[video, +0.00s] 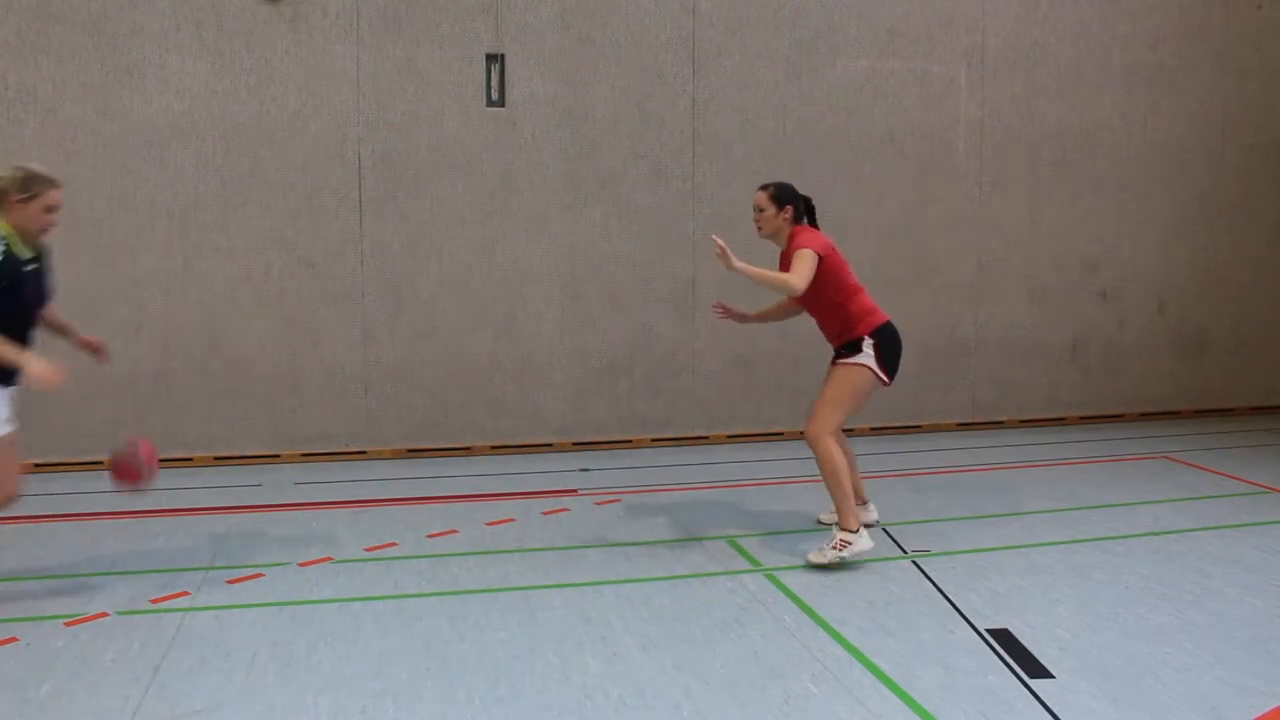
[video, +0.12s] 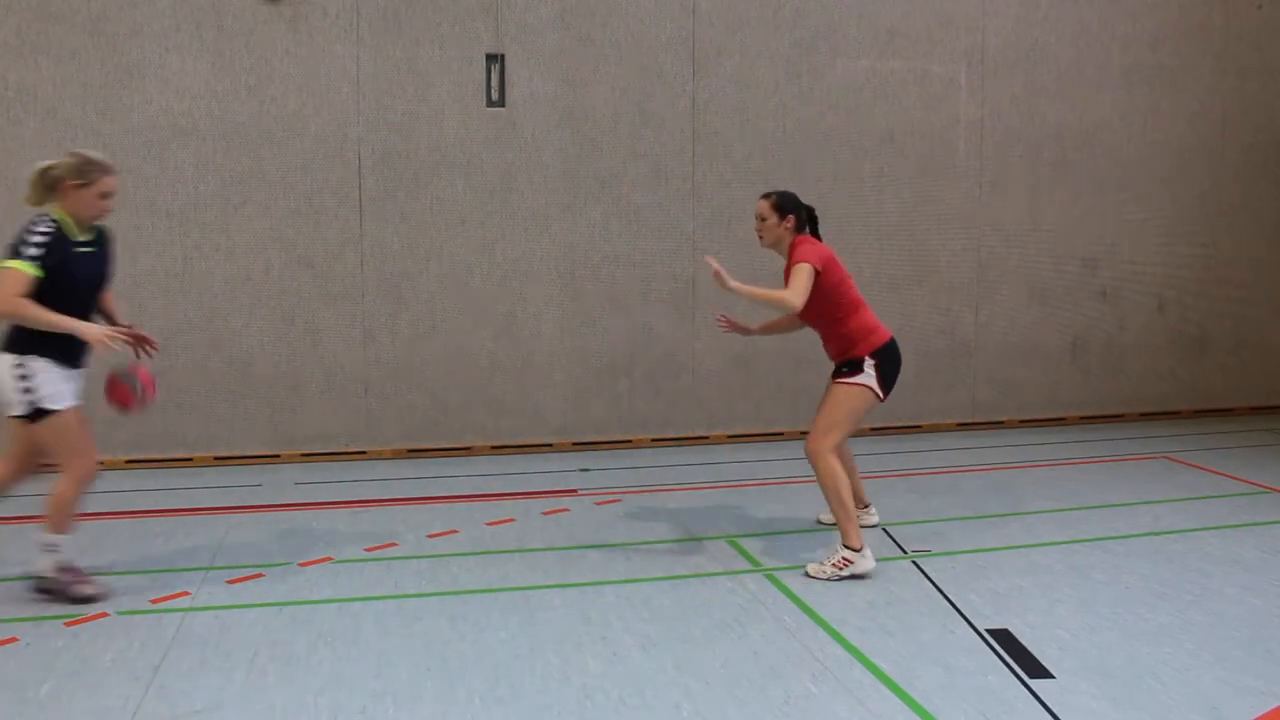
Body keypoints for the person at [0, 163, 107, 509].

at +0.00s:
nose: (53, 220)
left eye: (56, 211)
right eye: (48, 210)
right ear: (15, 205)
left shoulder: (33, 250)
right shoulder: (2, 253)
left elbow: (36, 309)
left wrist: (77, 338)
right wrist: (27, 361)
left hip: (8, 383)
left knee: (8, 487)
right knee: (6, 488)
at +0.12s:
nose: (109, 205)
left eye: (112, 197)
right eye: (103, 196)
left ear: (80, 194)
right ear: (71, 191)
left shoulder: (97, 237)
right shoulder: (41, 232)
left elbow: (96, 291)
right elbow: (10, 302)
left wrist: (122, 327)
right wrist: (81, 328)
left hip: (62, 366)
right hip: (30, 364)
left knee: (20, 462)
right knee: (81, 462)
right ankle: (49, 564)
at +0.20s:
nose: (153, 207)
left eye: (154, 199)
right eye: (146, 198)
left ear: (139, 200)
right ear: (115, 198)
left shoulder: (137, 248)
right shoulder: (88, 244)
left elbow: (131, 308)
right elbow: (51, 315)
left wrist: (140, 350)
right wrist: (114, 350)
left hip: (103, 367)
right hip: (69, 367)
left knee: (102, 471)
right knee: (123, 470)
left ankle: (15, 509)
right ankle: (75, 569)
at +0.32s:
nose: (224, 228)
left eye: (223, 219)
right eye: (215, 220)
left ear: (190, 227)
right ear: (185, 226)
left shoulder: (194, 276)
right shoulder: (173, 277)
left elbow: (188, 345)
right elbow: (155, 353)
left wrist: (219, 379)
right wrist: (216, 372)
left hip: (171, 396)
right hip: (135, 399)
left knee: (233, 451)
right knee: (154, 502)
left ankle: (193, 537)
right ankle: (77, 574)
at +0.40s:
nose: (269, 215)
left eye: (267, 207)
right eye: (261, 208)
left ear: (238, 218)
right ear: (234, 217)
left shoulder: (241, 265)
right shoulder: (225, 267)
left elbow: (247, 332)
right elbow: (246, 332)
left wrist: (297, 357)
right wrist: (309, 344)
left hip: (226, 392)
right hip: (190, 395)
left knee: (290, 438)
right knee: (170, 493)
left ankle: (318, 534)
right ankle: (85, 561)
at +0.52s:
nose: (345, 193)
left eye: (345, 185)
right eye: (336, 185)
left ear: (328, 192)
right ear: (309, 193)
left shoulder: (332, 243)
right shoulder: (305, 234)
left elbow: (365, 287)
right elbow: (316, 271)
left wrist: (416, 306)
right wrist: (388, 253)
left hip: (333, 374)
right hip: (294, 375)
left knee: (366, 448)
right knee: (279, 474)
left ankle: (344, 543)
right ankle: (189, 520)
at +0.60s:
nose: (400, 177)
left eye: (400, 169)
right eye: (392, 170)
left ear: (397, 178)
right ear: (367, 175)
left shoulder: (395, 223)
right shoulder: (351, 218)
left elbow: (431, 269)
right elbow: (321, 235)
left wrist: (481, 298)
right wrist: (367, 199)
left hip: (397, 353)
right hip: (362, 354)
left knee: (401, 448)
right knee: (380, 452)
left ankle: (352, 530)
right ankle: (316, 520)